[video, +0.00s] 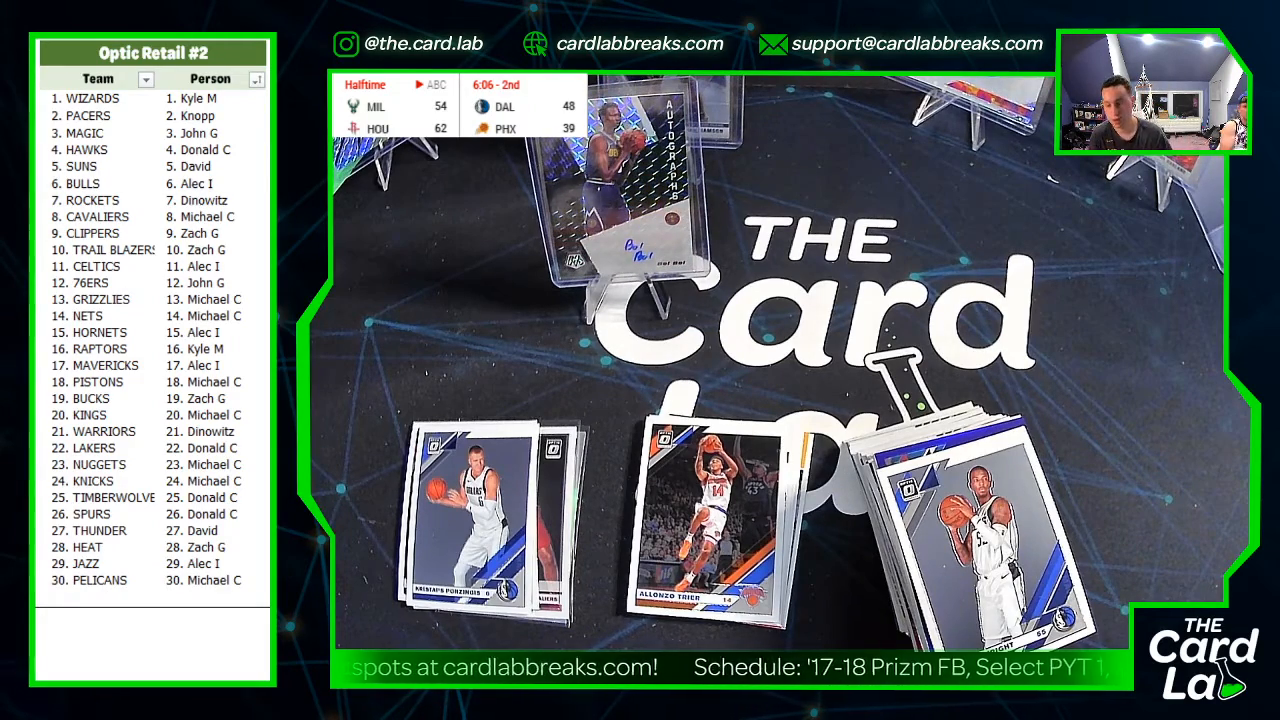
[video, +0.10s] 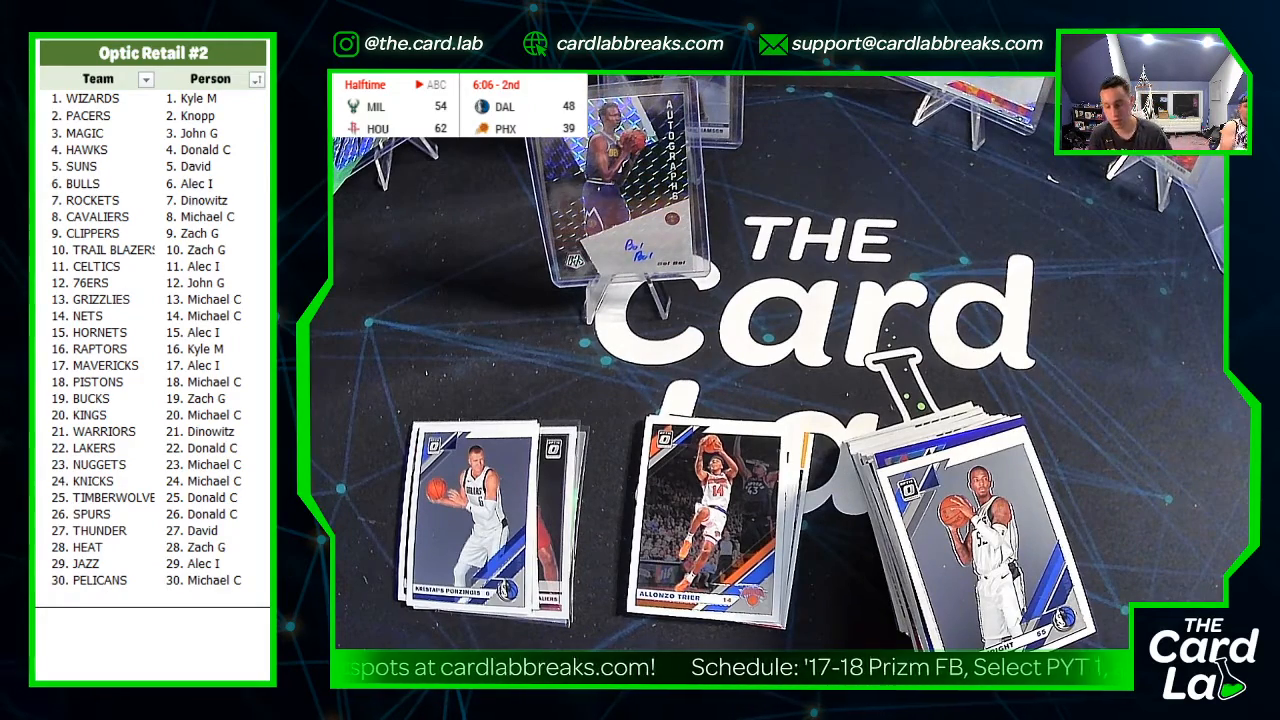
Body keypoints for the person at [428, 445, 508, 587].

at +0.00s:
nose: (480, 463)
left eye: (482, 460)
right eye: (475, 460)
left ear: (484, 459)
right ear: (469, 461)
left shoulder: (491, 477)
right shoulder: (464, 476)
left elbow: (488, 512)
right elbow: (463, 503)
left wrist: (465, 504)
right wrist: (439, 500)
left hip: (496, 531)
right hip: (478, 531)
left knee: (494, 572)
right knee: (459, 571)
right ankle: (460, 606)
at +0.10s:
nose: (480, 463)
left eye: (482, 460)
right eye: (475, 460)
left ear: (484, 459)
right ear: (469, 461)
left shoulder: (491, 477)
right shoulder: (464, 476)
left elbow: (488, 512)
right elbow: (463, 503)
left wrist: (465, 504)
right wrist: (439, 500)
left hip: (496, 531)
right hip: (478, 531)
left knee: (494, 572)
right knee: (459, 571)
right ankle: (460, 606)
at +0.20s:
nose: (480, 463)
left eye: (482, 460)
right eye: (475, 460)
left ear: (484, 459)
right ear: (469, 461)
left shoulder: (491, 477)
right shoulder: (464, 476)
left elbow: (488, 512)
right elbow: (463, 503)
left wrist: (465, 504)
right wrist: (439, 500)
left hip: (496, 531)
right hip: (478, 531)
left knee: (494, 572)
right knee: (459, 571)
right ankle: (460, 606)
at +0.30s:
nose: (480, 463)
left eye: (482, 460)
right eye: (475, 460)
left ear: (484, 459)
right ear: (469, 461)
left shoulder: (491, 477)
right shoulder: (464, 476)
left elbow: (488, 512)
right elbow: (463, 503)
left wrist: (465, 504)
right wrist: (439, 500)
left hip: (496, 531)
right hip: (478, 531)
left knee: (494, 572)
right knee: (459, 571)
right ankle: (460, 606)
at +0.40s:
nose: (480, 463)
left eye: (481, 460)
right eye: (475, 460)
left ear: (484, 459)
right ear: (469, 461)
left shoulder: (491, 477)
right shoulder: (464, 476)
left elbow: (489, 510)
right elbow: (463, 503)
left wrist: (465, 504)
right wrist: (439, 500)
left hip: (497, 531)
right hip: (478, 532)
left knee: (494, 573)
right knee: (459, 571)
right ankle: (461, 606)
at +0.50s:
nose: (479, 464)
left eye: (481, 460)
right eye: (475, 460)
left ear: (484, 460)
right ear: (468, 462)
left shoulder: (491, 477)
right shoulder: (464, 476)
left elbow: (488, 510)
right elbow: (463, 502)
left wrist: (464, 503)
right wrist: (439, 500)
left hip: (497, 530)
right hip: (478, 531)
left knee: (494, 572)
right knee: (460, 570)